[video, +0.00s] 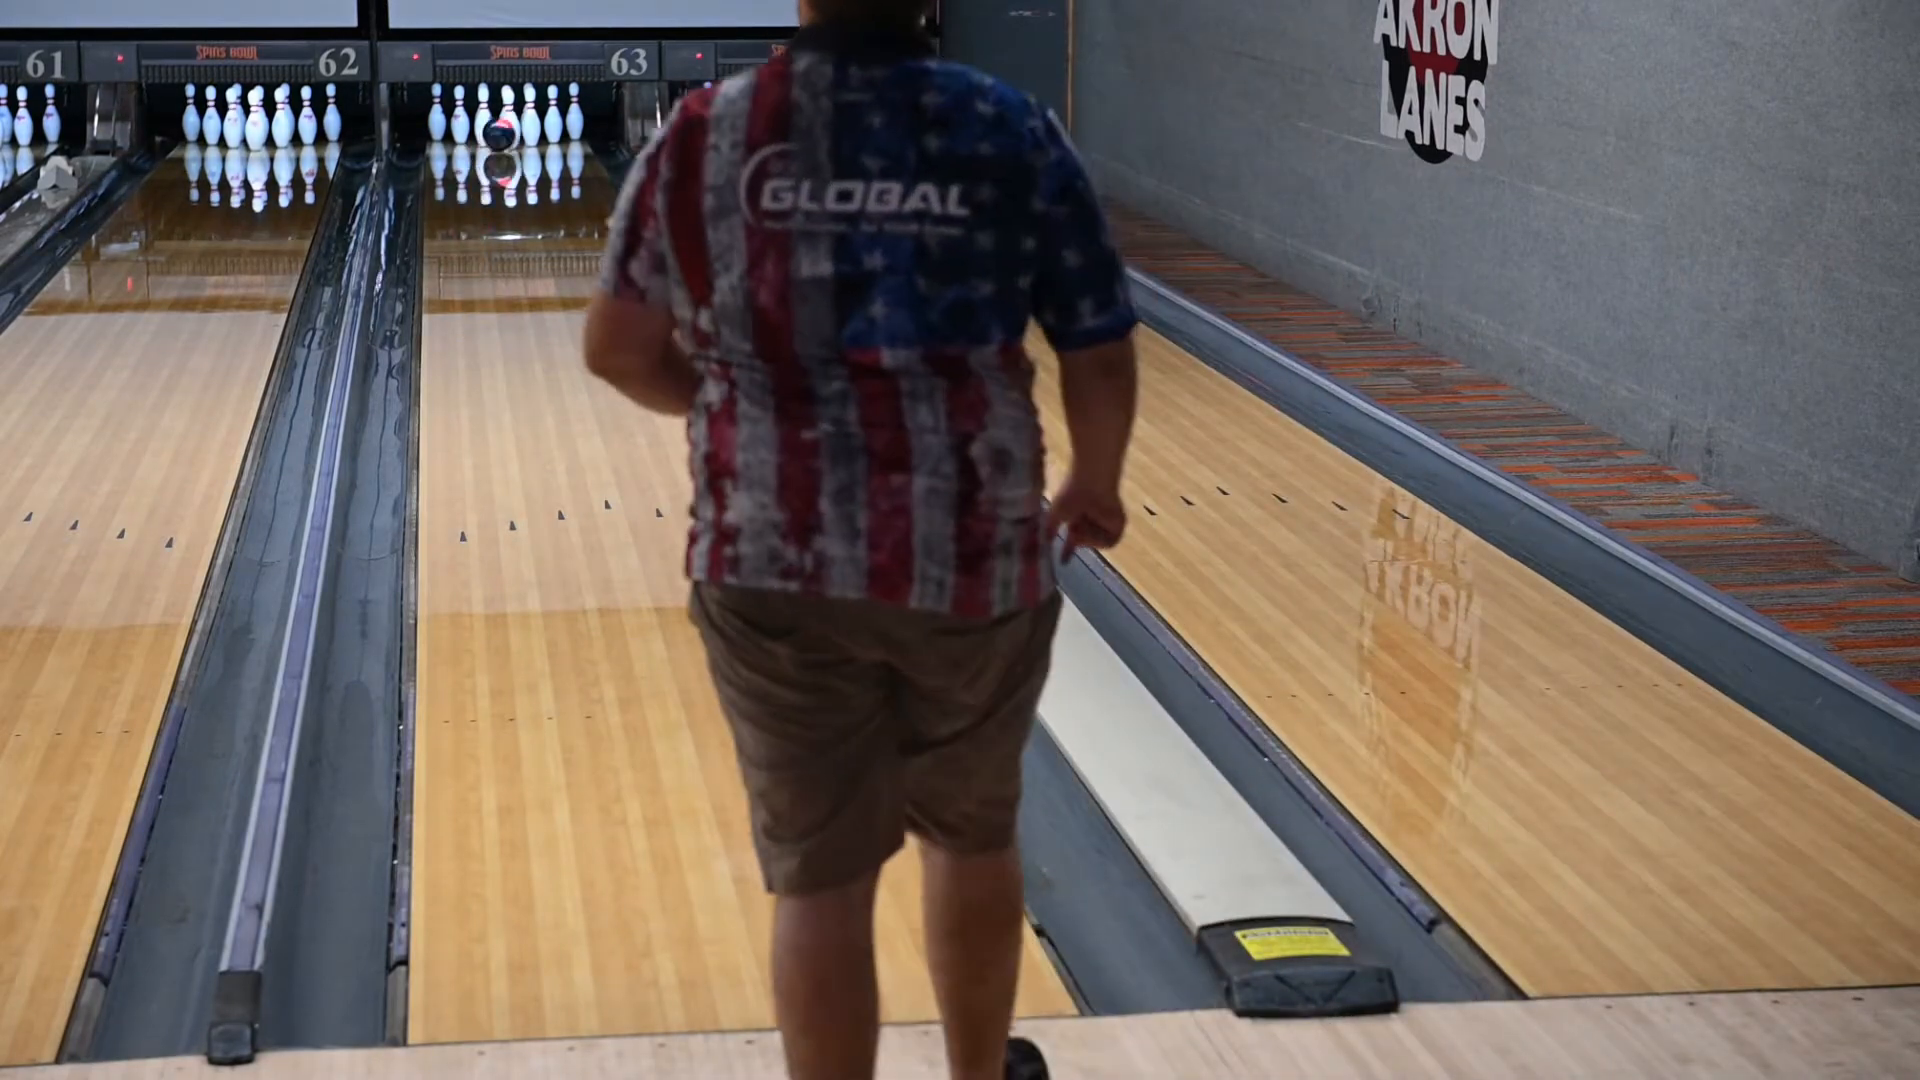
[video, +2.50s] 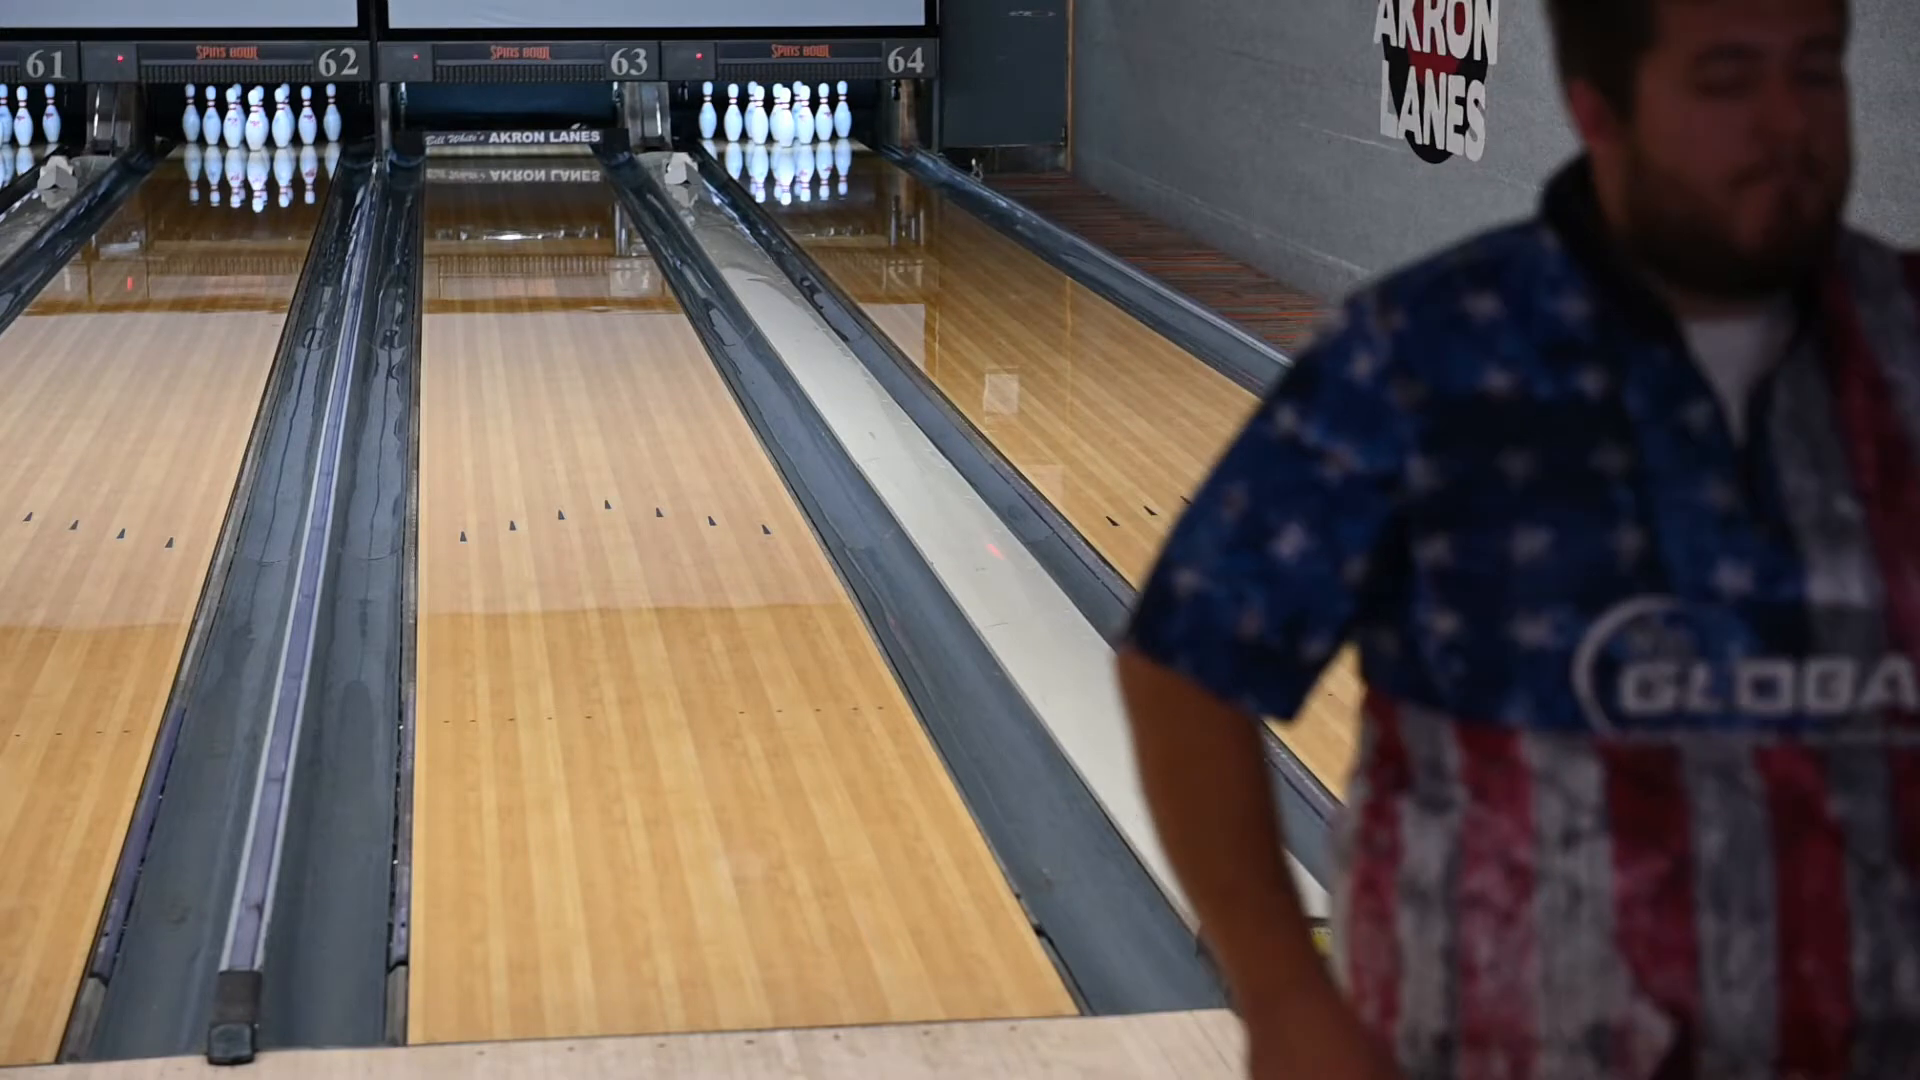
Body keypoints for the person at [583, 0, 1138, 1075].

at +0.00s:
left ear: (801, 1)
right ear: (930, 4)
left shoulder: (704, 129)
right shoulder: (1009, 130)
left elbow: (618, 344)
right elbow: (1100, 344)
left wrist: (724, 396)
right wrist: (1096, 480)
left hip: (770, 550)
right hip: (973, 552)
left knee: (817, 874)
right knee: (973, 833)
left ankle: (828, 1071)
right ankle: (981, 1070)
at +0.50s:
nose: (994, 38)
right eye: (995, 23)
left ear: (851, 20)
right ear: (980, 28)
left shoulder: (761, 152)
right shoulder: (984, 191)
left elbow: (764, 383)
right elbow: (1079, 437)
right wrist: (1112, 386)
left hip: (794, 616)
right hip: (950, 639)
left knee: (847, 934)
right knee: (987, 990)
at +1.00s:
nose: (1151, 20)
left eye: (1142, 0)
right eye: (1115, 4)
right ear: (1009, 29)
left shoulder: (1118, 159)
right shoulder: (941, 191)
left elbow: (1138, 379)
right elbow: (1038, 466)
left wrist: (1233, 398)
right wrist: (1229, 439)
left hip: (1152, 717)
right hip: (976, 740)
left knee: (1180, 1050)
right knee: (930, 1057)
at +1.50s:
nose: (1367, 25)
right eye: (1317, 3)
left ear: (1418, 14)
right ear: (1227, 30)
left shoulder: (1483, 193)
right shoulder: (1120, 214)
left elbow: (1724, 279)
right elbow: (980, 468)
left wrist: (1674, 345)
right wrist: (1096, 699)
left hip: (1433, 814)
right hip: (1186, 823)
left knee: (1444, 1068)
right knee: (1193, 1067)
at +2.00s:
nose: (1471, 65)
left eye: (1497, 18)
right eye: (1414, 33)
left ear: (1542, 34)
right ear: (1332, 74)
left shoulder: (1660, 269)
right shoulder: (1212, 301)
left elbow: (1747, 558)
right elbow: (1082, 598)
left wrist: (1854, 825)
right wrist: (1035, 887)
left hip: (1592, 961)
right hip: (1304, 969)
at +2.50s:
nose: (1790, 124)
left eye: (1818, 74)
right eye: (1729, 81)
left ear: (1848, 88)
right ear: (1598, 113)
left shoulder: (1901, 331)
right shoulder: (1424, 357)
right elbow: (1180, 662)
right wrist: (1288, 1008)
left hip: (1873, 1032)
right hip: (1517, 1040)